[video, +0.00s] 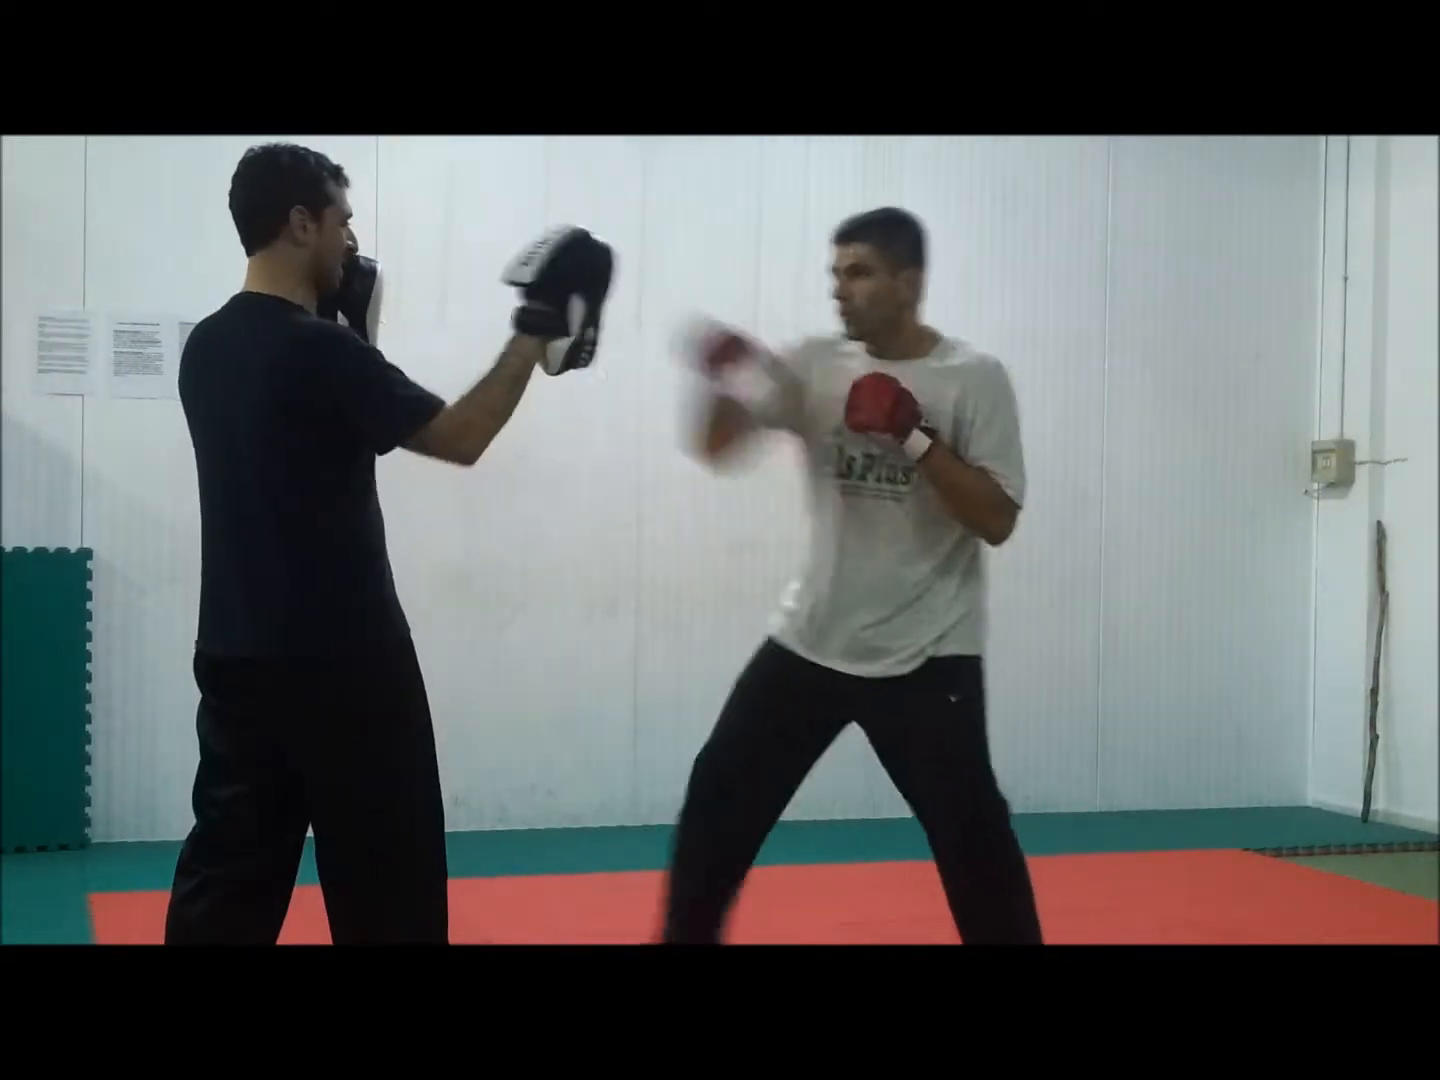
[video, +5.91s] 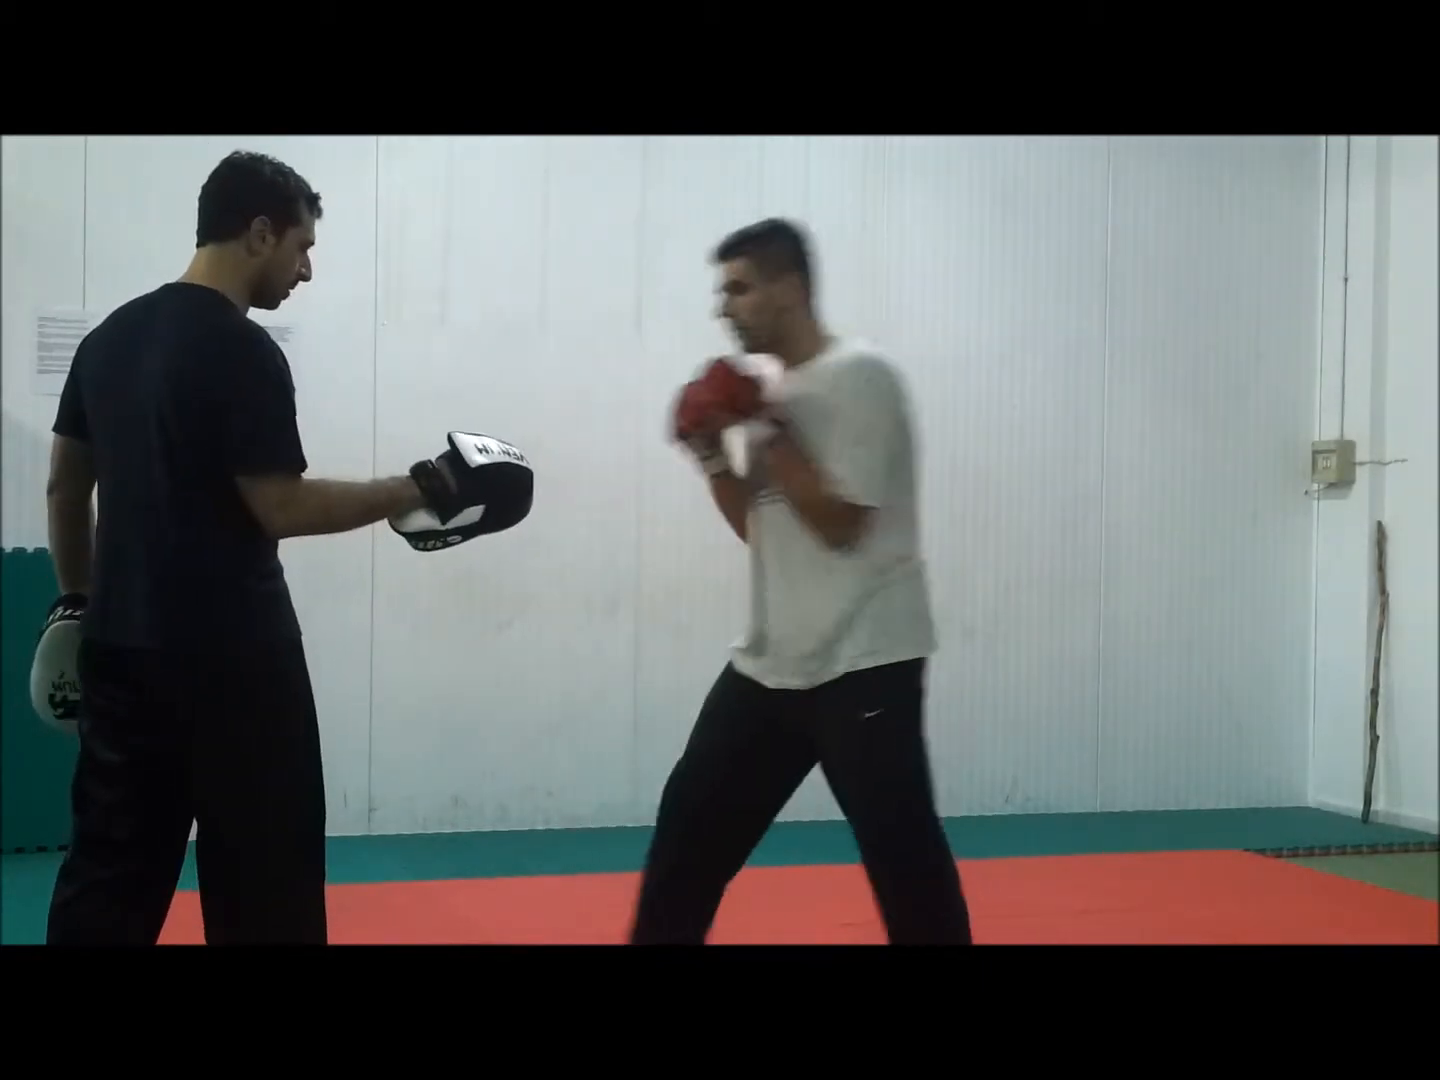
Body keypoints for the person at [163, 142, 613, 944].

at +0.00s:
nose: (353, 239)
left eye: (350, 222)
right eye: (343, 221)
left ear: (266, 230)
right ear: (302, 224)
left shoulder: (205, 346)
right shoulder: (319, 347)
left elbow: (332, 438)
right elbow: (461, 437)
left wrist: (355, 326)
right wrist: (533, 332)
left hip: (236, 656)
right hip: (347, 658)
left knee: (227, 876)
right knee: (391, 882)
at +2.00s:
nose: (286, 231)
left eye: (280, 213)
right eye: (272, 214)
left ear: (200, 235)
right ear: (229, 226)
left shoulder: (174, 350)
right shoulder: (254, 342)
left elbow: (285, 431)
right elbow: (385, 434)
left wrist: (301, 318)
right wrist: (495, 376)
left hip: (239, 654)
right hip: (337, 652)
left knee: (234, 879)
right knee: (391, 889)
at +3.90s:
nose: (325, 226)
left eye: (320, 206)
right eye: (312, 206)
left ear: (247, 216)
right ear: (260, 212)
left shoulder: (179, 332)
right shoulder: (250, 338)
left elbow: (218, 482)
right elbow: (308, 495)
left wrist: (312, 403)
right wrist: (443, 444)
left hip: (201, 651)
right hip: (294, 654)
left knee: (209, 887)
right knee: (379, 889)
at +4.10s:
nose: (306, 272)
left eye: (311, 252)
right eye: (306, 249)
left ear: (216, 233)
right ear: (266, 235)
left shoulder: (110, 337)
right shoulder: (251, 345)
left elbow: (61, 487)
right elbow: (286, 502)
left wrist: (68, 607)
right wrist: (410, 499)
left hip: (122, 654)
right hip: (239, 657)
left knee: (106, 882)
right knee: (267, 888)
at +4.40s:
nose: (304, 273)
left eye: (308, 253)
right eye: (303, 249)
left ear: (213, 232)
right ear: (261, 233)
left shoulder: (107, 338)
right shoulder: (244, 347)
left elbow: (60, 488)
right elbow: (281, 507)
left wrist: (68, 608)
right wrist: (407, 499)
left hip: (121, 660)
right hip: (237, 663)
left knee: (104, 887)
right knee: (267, 895)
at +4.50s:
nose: (301, 274)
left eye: (304, 252)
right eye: (298, 249)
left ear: (223, 235)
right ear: (257, 235)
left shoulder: (107, 337)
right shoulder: (238, 343)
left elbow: (58, 486)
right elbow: (295, 491)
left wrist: (66, 609)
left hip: (119, 649)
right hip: (233, 653)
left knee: (107, 872)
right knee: (266, 881)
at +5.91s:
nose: (306, 270)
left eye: (309, 250)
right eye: (304, 246)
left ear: (216, 231)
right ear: (259, 231)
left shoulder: (108, 339)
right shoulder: (244, 351)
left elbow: (66, 488)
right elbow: (282, 507)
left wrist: (74, 605)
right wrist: (420, 489)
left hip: (124, 660)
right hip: (239, 664)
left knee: (106, 883)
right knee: (267, 889)